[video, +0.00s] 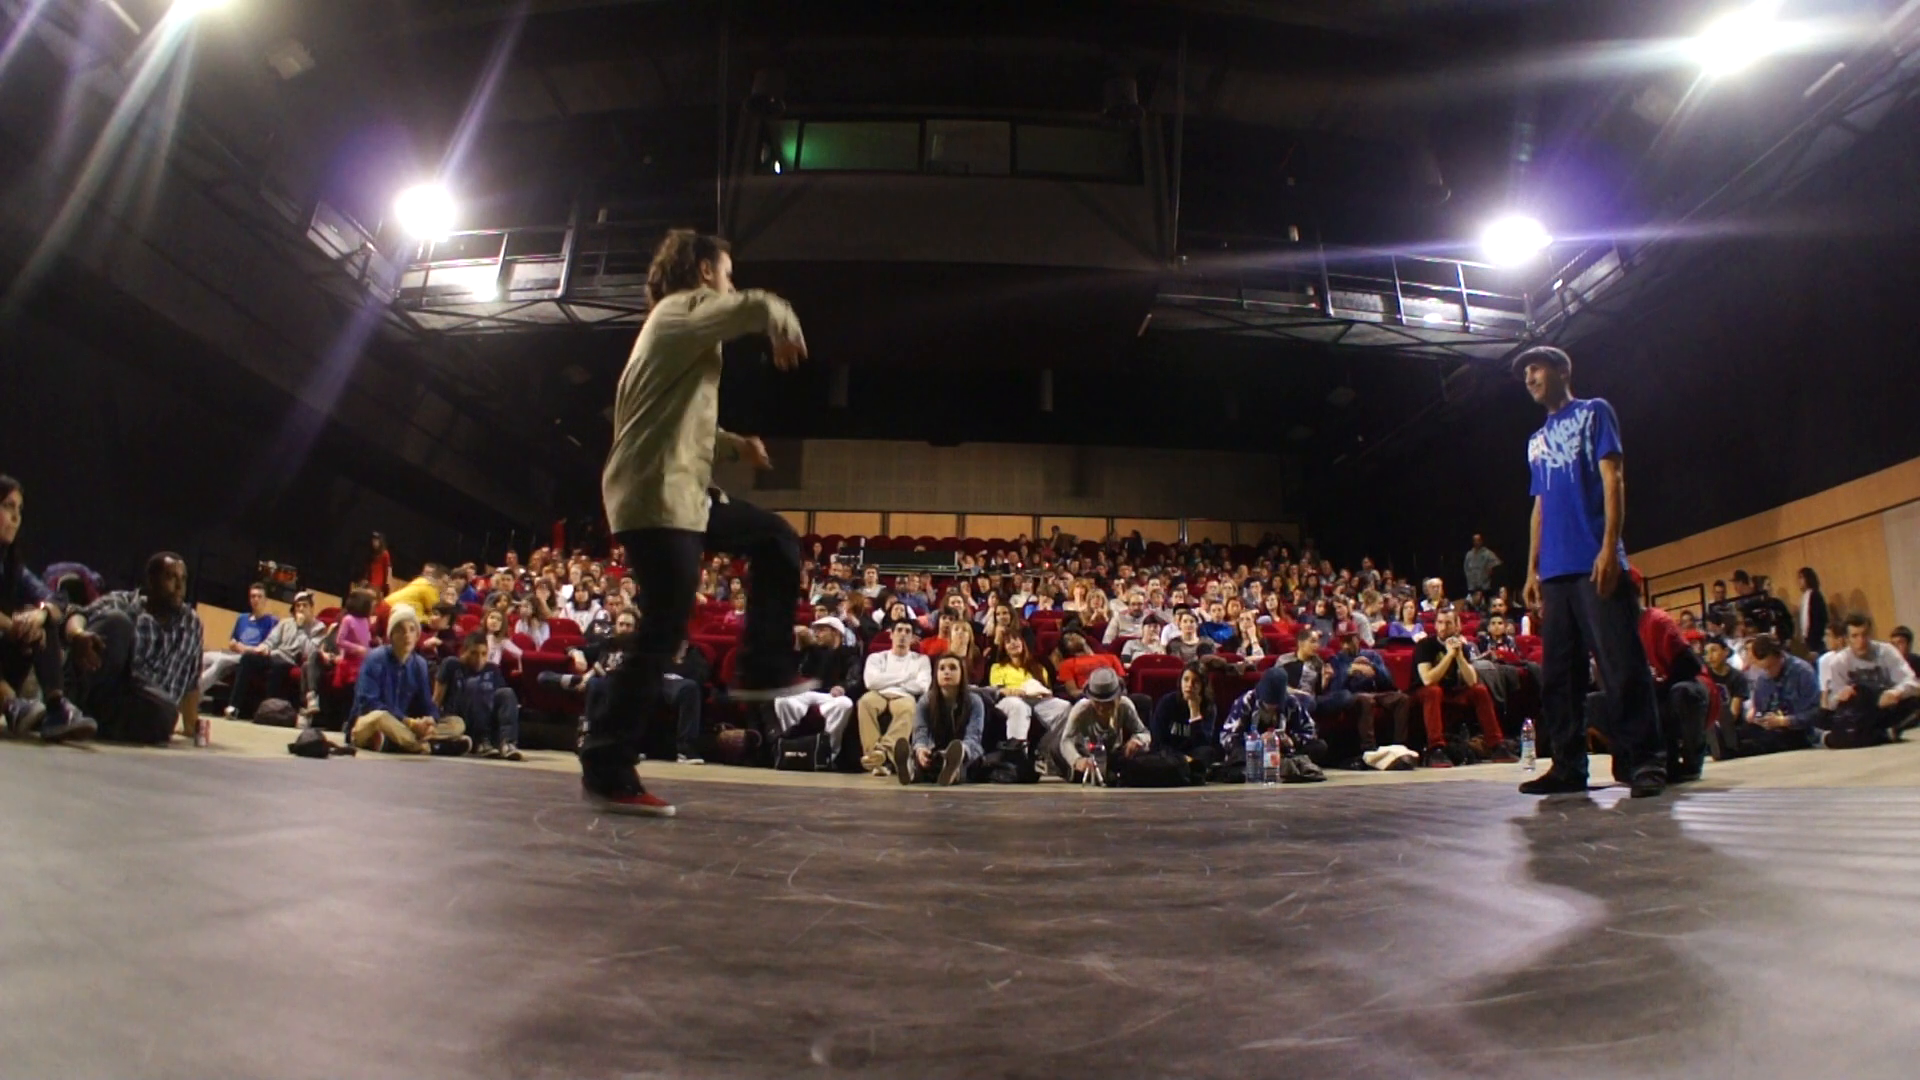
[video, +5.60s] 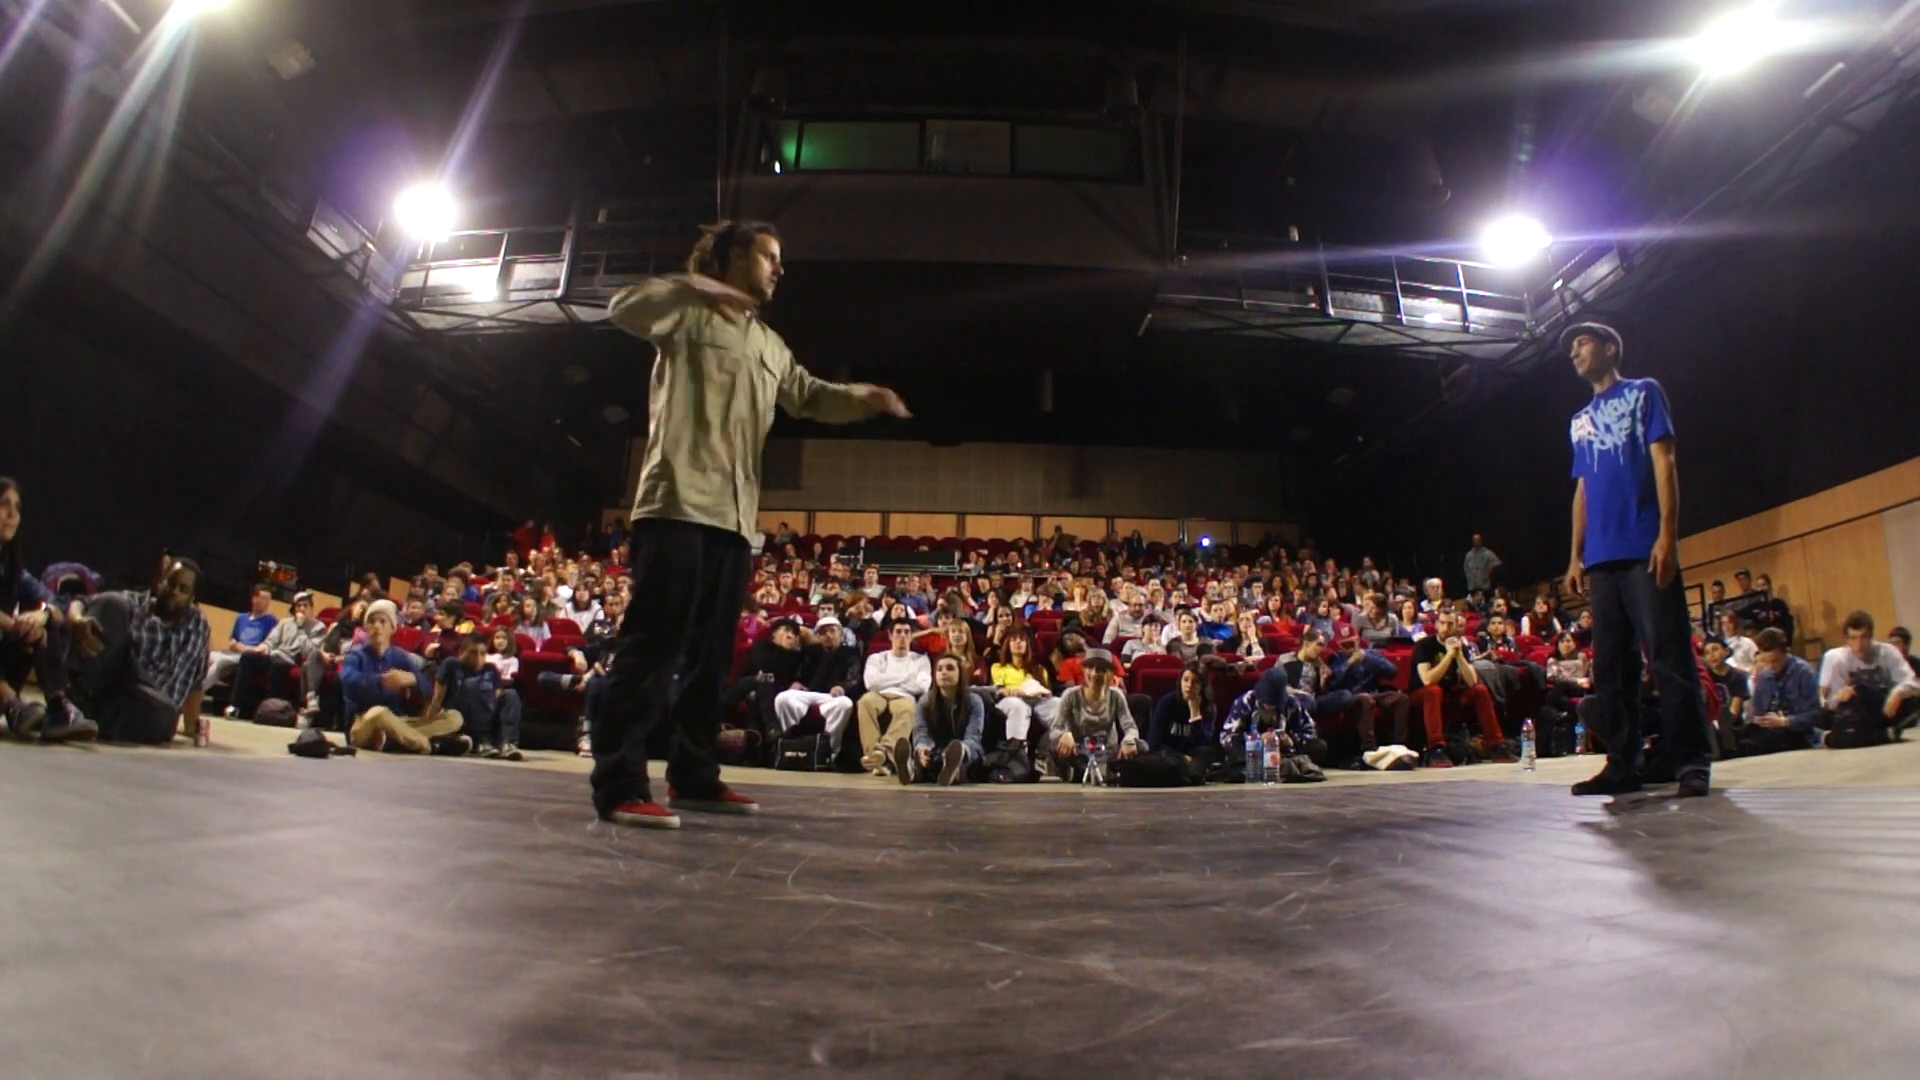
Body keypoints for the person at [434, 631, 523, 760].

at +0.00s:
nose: (479, 659)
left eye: (483, 654)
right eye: (474, 654)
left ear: (488, 654)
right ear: (465, 652)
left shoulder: (492, 670)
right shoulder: (451, 665)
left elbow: (501, 695)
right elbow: (438, 698)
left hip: (488, 717)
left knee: (507, 693)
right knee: (472, 687)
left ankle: (507, 743)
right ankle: (482, 742)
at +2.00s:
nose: (478, 659)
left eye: (483, 654)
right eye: (474, 654)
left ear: (488, 654)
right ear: (465, 653)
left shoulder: (491, 669)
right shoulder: (451, 664)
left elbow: (499, 694)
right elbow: (438, 697)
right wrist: (429, 721)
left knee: (510, 694)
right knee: (471, 690)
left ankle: (507, 743)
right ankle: (482, 742)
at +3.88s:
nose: (478, 659)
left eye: (483, 654)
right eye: (473, 654)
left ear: (487, 654)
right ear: (465, 653)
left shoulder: (491, 669)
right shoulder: (450, 665)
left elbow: (496, 696)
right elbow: (438, 698)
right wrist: (430, 721)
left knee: (510, 694)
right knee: (470, 687)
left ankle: (508, 743)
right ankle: (482, 741)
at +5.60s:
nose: (478, 658)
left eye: (482, 654)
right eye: (473, 653)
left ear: (486, 655)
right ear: (463, 653)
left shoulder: (491, 670)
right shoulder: (451, 665)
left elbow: (496, 698)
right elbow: (437, 700)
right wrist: (426, 726)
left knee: (511, 694)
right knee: (472, 688)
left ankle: (508, 743)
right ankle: (483, 742)